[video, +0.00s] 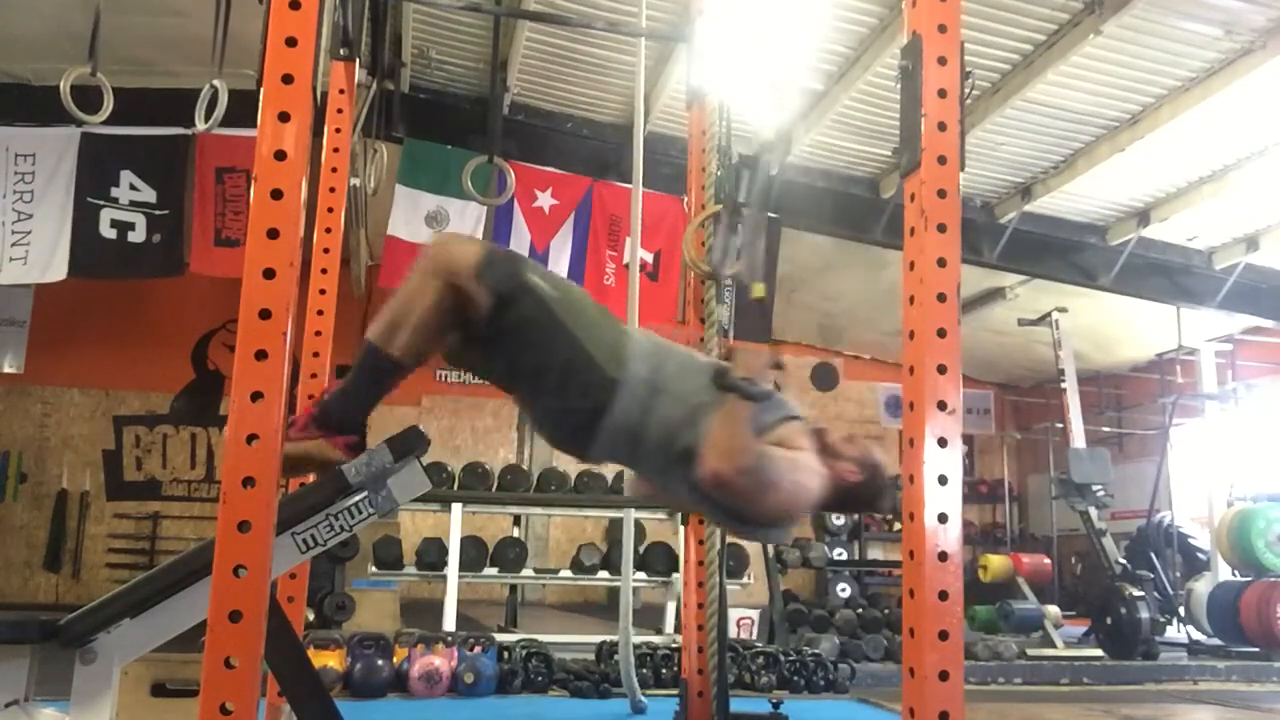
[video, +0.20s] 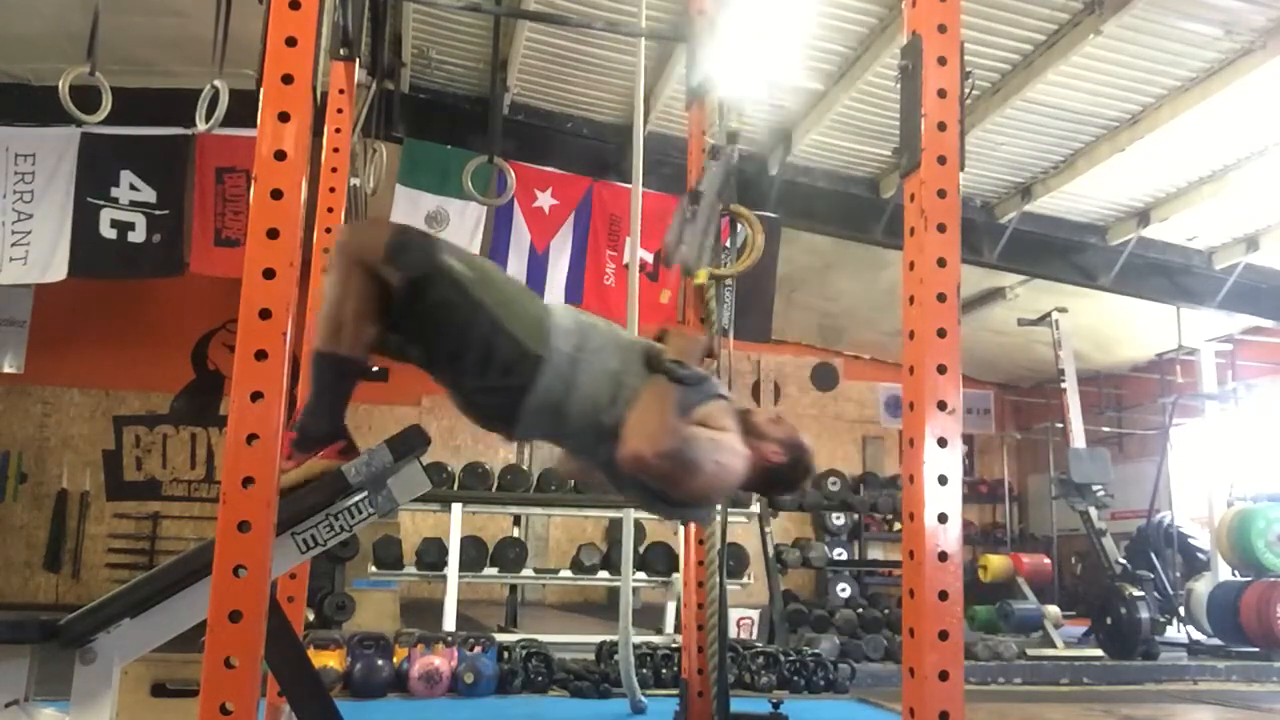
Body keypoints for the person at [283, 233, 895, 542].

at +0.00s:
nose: (855, 443)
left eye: (863, 458)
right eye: (864, 444)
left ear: (851, 479)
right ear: (847, 448)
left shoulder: (801, 481)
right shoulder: (791, 446)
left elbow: (722, 466)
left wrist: (754, 395)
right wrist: (755, 384)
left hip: (610, 390)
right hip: (610, 379)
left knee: (458, 259)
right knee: (450, 296)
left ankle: (342, 412)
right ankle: (339, 413)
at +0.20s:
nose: (771, 412)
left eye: (778, 425)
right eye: (780, 418)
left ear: (772, 452)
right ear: (771, 442)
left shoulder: (729, 459)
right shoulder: (713, 438)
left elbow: (643, 450)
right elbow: (584, 464)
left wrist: (678, 367)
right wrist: (686, 363)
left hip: (532, 354)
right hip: (517, 395)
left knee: (363, 239)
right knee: (364, 302)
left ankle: (321, 420)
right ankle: (317, 423)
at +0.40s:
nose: (730, 385)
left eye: (740, 400)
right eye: (742, 389)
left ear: (726, 429)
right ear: (724, 416)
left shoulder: (681, 440)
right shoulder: (667, 406)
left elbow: (598, 431)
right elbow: (532, 438)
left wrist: (637, 351)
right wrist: (637, 355)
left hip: (482, 355)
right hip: (484, 316)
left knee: (329, 247)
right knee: (330, 255)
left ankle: (305, 418)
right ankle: (304, 417)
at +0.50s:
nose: (718, 375)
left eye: (728, 389)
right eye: (729, 380)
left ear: (716, 418)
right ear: (713, 412)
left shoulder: (669, 428)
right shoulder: (657, 391)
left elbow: (589, 429)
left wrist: (627, 348)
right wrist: (630, 338)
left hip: (467, 344)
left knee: (317, 248)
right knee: (315, 281)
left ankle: (305, 418)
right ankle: (302, 420)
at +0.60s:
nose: (712, 371)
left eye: (723, 384)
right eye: (724, 376)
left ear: (713, 412)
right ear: (711, 413)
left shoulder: (665, 425)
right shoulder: (654, 395)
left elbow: (585, 427)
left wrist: (622, 343)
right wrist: (628, 336)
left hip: (462, 341)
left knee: (310, 249)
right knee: (311, 279)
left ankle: (302, 418)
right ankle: (299, 418)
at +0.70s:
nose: (718, 372)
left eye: (728, 385)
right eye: (729, 378)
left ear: (717, 415)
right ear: (715, 415)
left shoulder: (670, 427)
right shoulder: (658, 397)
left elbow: (589, 428)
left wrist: (623, 342)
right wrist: (625, 333)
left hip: (465, 345)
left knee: (314, 249)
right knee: (315, 297)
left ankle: (299, 415)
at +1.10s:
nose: (802, 427)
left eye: (810, 441)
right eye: (811, 432)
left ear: (803, 464)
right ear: (801, 448)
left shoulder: (758, 470)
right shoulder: (739, 452)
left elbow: (676, 455)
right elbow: (596, 475)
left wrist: (705, 373)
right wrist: (709, 367)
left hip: (561, 367)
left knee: (396, 250)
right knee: (388, 301)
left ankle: (319, 425)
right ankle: (317, 425)